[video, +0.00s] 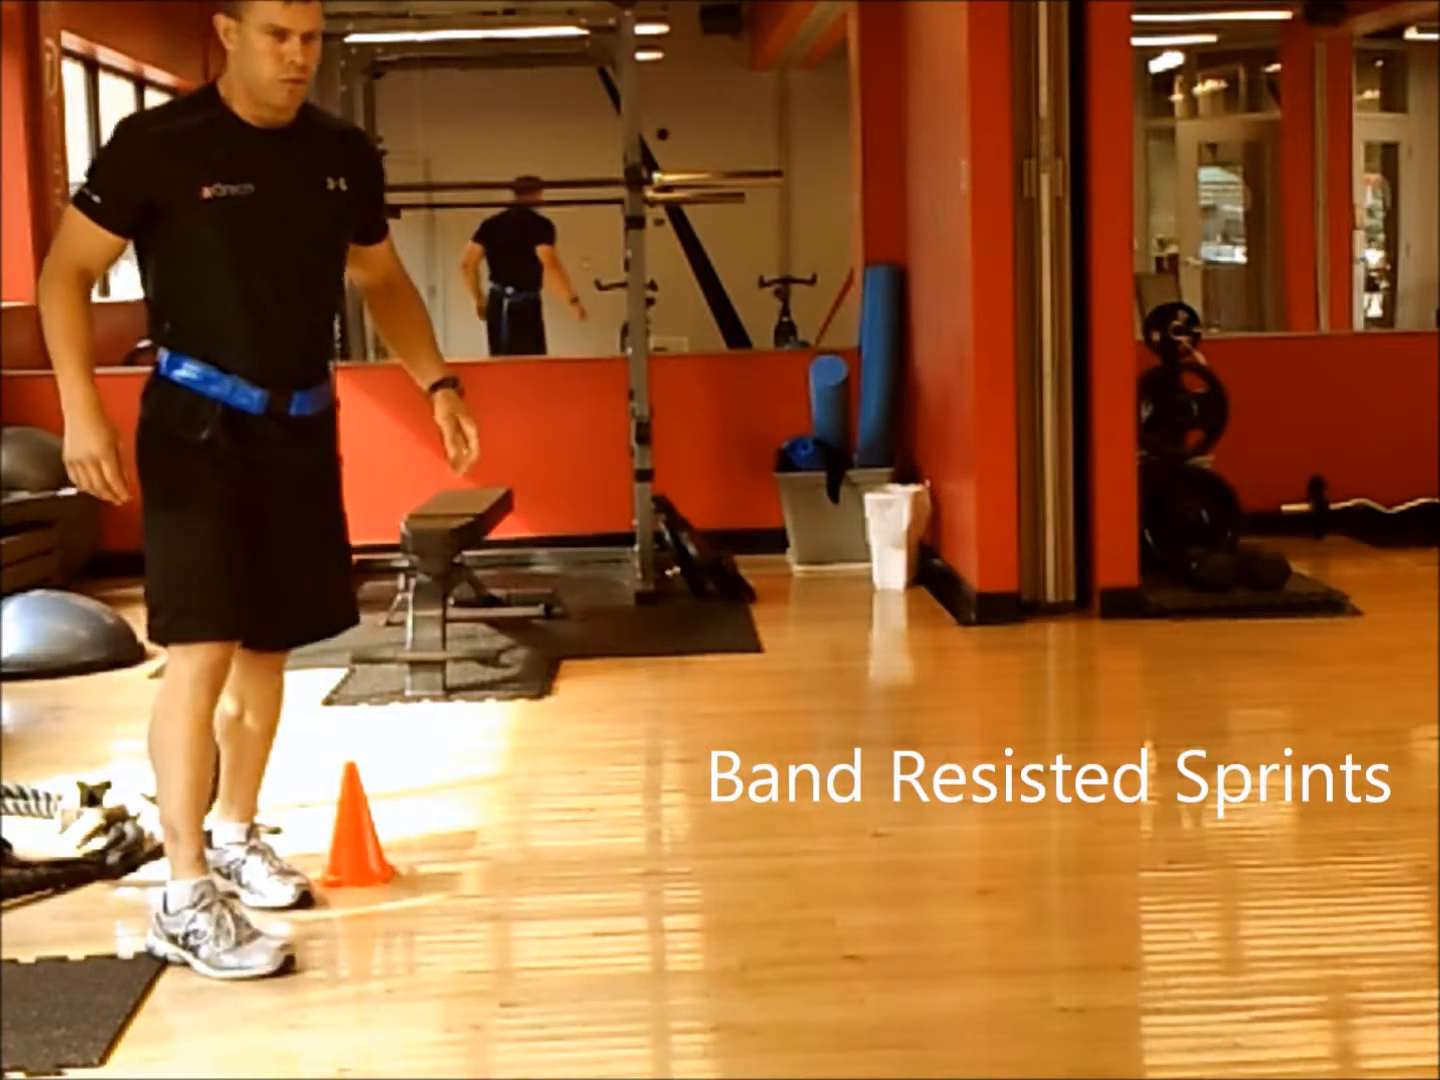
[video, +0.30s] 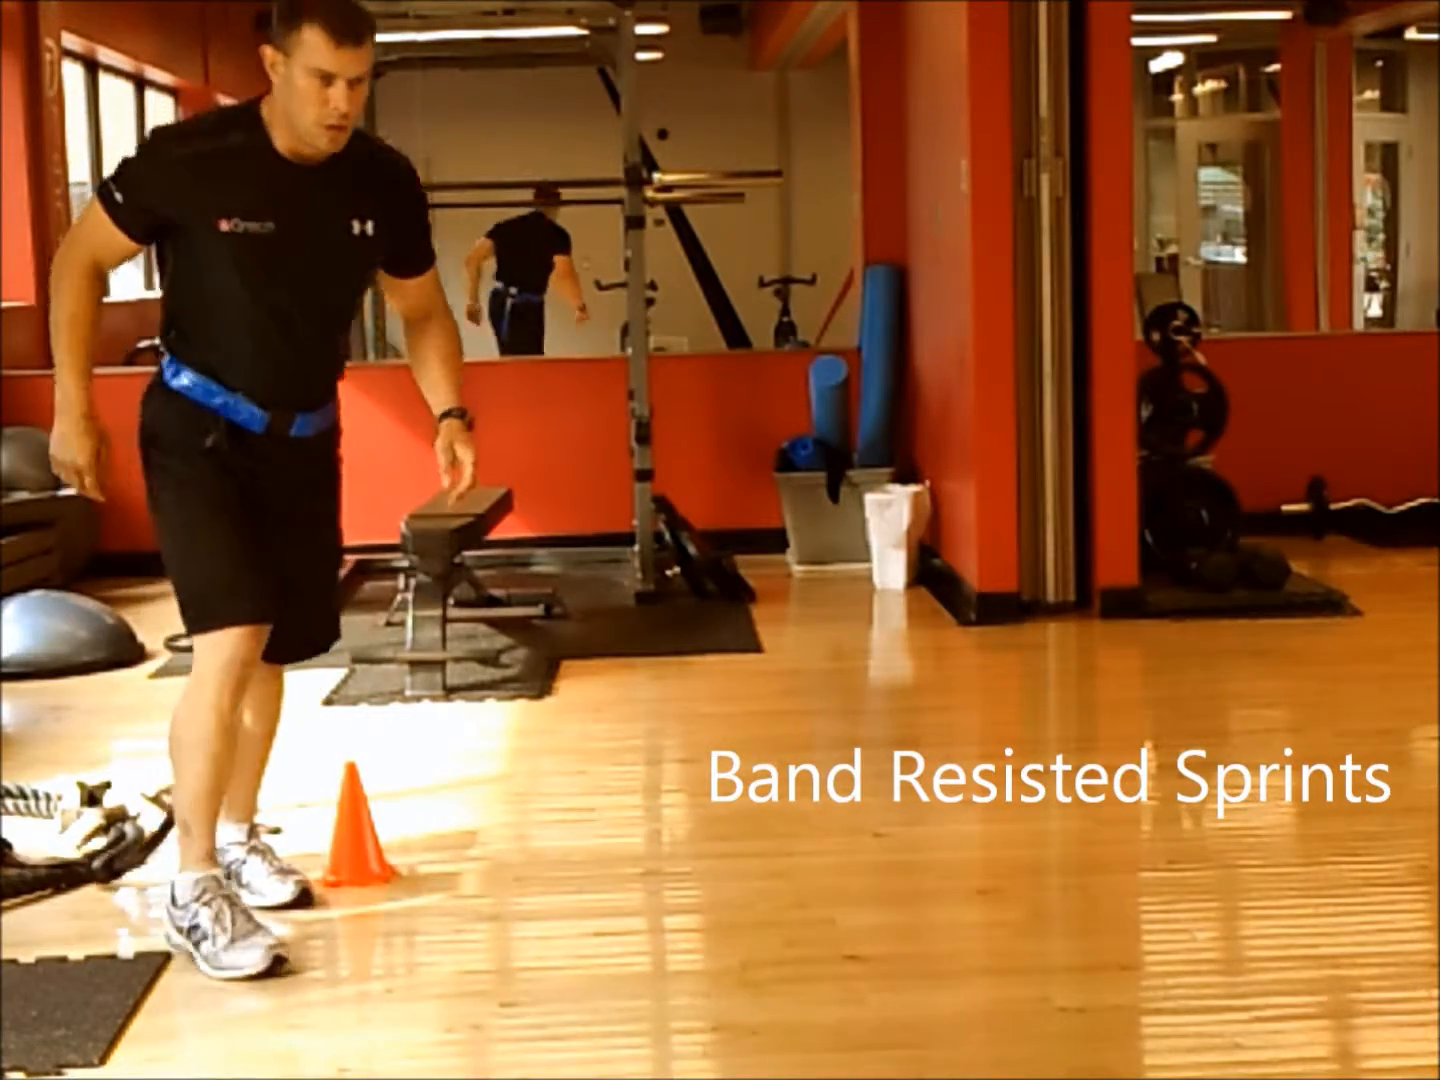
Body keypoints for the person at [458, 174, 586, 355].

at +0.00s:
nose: (541, 198)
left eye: (540, 193)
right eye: (539, 193)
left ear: (516, 194)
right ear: (534, 195)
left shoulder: (492, 223)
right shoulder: (540, 225)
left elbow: (468, 264)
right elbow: (550, 265)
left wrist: (478, 299)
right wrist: (571, 298)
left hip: (497, 299)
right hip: (526, 301)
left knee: (501, 359)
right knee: (532, 359)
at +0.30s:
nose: (557, 210)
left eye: (555, 204)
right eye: (556, 205)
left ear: (535, 203)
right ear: (554, 206)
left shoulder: (506, 227)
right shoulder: (557, 235)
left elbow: (473, 259)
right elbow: (564, 273)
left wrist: (473, 301)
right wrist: (579, 305)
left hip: (499, 301)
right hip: (529, 306)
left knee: (510, 363)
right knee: (530, 364)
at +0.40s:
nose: (566, 217)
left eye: (566, 213)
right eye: (566, 213)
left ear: (544, 210)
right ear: (561, 212)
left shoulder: (517, 229)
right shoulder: (564, 237)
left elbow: (476, 252)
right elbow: (573, 272)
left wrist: (469, 294)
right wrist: (587, 297)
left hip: (503, 305)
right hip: (531, 309)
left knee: (516, 363)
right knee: (529, 365)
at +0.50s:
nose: (575, 223)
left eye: (574, 218)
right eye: (574, 218)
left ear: (552, 216)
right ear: (572, 218)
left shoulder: (527, 235)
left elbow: (487, 251)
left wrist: (477, 287)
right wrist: (595, 288)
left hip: (509, 306)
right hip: (537, 312)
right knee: (538, 369)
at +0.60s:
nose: (583, 232)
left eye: (582, 228)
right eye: (582, 228)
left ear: (560, 226)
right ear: (580, 227)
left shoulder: (533, 243)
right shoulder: (580, 248)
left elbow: (500, 267)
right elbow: (582, 274)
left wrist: (501, 305)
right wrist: (592, 314)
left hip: (519, 313)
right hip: (549, 317)